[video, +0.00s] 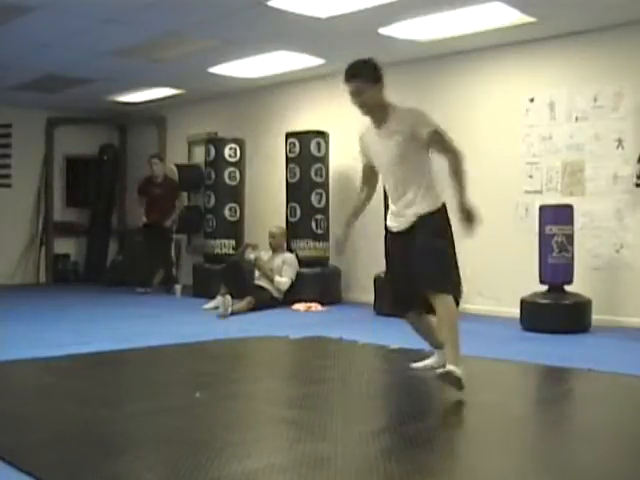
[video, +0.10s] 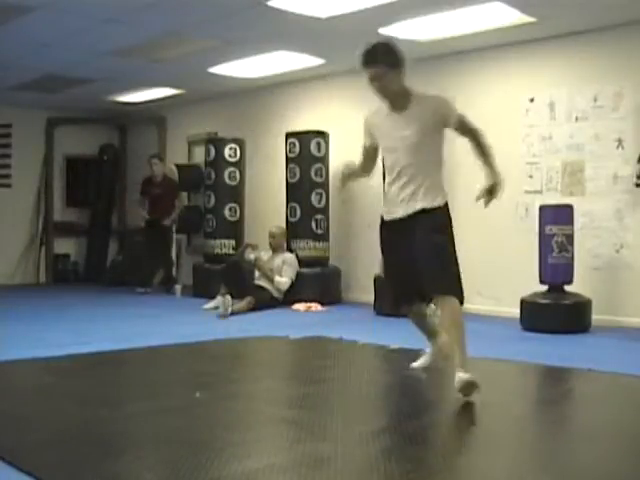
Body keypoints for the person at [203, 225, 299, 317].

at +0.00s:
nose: (270, 241)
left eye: (273, 238)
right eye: (269, 237)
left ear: (283, 240)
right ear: (268, 238)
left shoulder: (289, 258)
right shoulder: (264, 254)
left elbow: (284, 285)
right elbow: (247, 258)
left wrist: (263, 270)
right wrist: (247, 249)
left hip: (271, 293)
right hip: (254, 287)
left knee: (250, 301)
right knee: (234, 265)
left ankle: (231, 310)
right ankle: (220, 298)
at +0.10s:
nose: (270, 241)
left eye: (273, 238)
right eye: (269, 237)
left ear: (283, 240)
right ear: (268, 238)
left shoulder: (289, 258)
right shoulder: (264, 254)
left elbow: (284, 285)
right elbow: (247, 258)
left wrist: (263, 270)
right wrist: (247, 249)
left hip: (271, 293)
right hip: (254, 287)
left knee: (250, 301)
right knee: (233, 266)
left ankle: (231, 310)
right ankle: (221, 298)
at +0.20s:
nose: (271, 240)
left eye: (274, 237)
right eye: (270, 237)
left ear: (283, 239)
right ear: (269, 238)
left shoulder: (289, 258)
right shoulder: (264, 254)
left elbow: (284, 285)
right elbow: (247, 258)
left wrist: (264, 270)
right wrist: (247, 249)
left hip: (271, 293)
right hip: (254, 287)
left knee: (250, 301)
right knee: (233, 266)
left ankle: (230, 310)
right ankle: (221, 298)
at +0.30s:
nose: (271, 240)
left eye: (275, 237)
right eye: (270, 237)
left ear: (284, 239)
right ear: (269, 238)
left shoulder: (289, 258)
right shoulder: (264, 254)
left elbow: (284, 285)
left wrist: (264, 270)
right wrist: (247, 250)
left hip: (271, 293)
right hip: (255, 286)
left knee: (250, 301)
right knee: (234, 266)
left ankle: (230, 310)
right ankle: (220, 298)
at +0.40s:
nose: (272, 240)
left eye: (276, 237)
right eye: (271, 237)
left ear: (284, 239)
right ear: (269, 238)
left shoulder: (289, 258)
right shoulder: (264, 255)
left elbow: (284, 285)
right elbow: (243, 261)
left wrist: (263, 270)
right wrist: (246, 249)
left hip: (270, 293)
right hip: (254, 286)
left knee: (250, 301)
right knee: (234, 265)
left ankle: (230, 310)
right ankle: (221, 298)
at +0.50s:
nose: (273, 240)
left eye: (277, 237)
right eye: (272, 237)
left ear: (285, 239)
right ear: (270, 238)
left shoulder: (290, 258)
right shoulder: (264, 255)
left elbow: (284, 285)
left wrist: (263, 270)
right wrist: (246, 250)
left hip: (270, 293)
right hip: (254, 286)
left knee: (250, 301)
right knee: (233, 266)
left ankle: (230, 310)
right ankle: (220, 298)